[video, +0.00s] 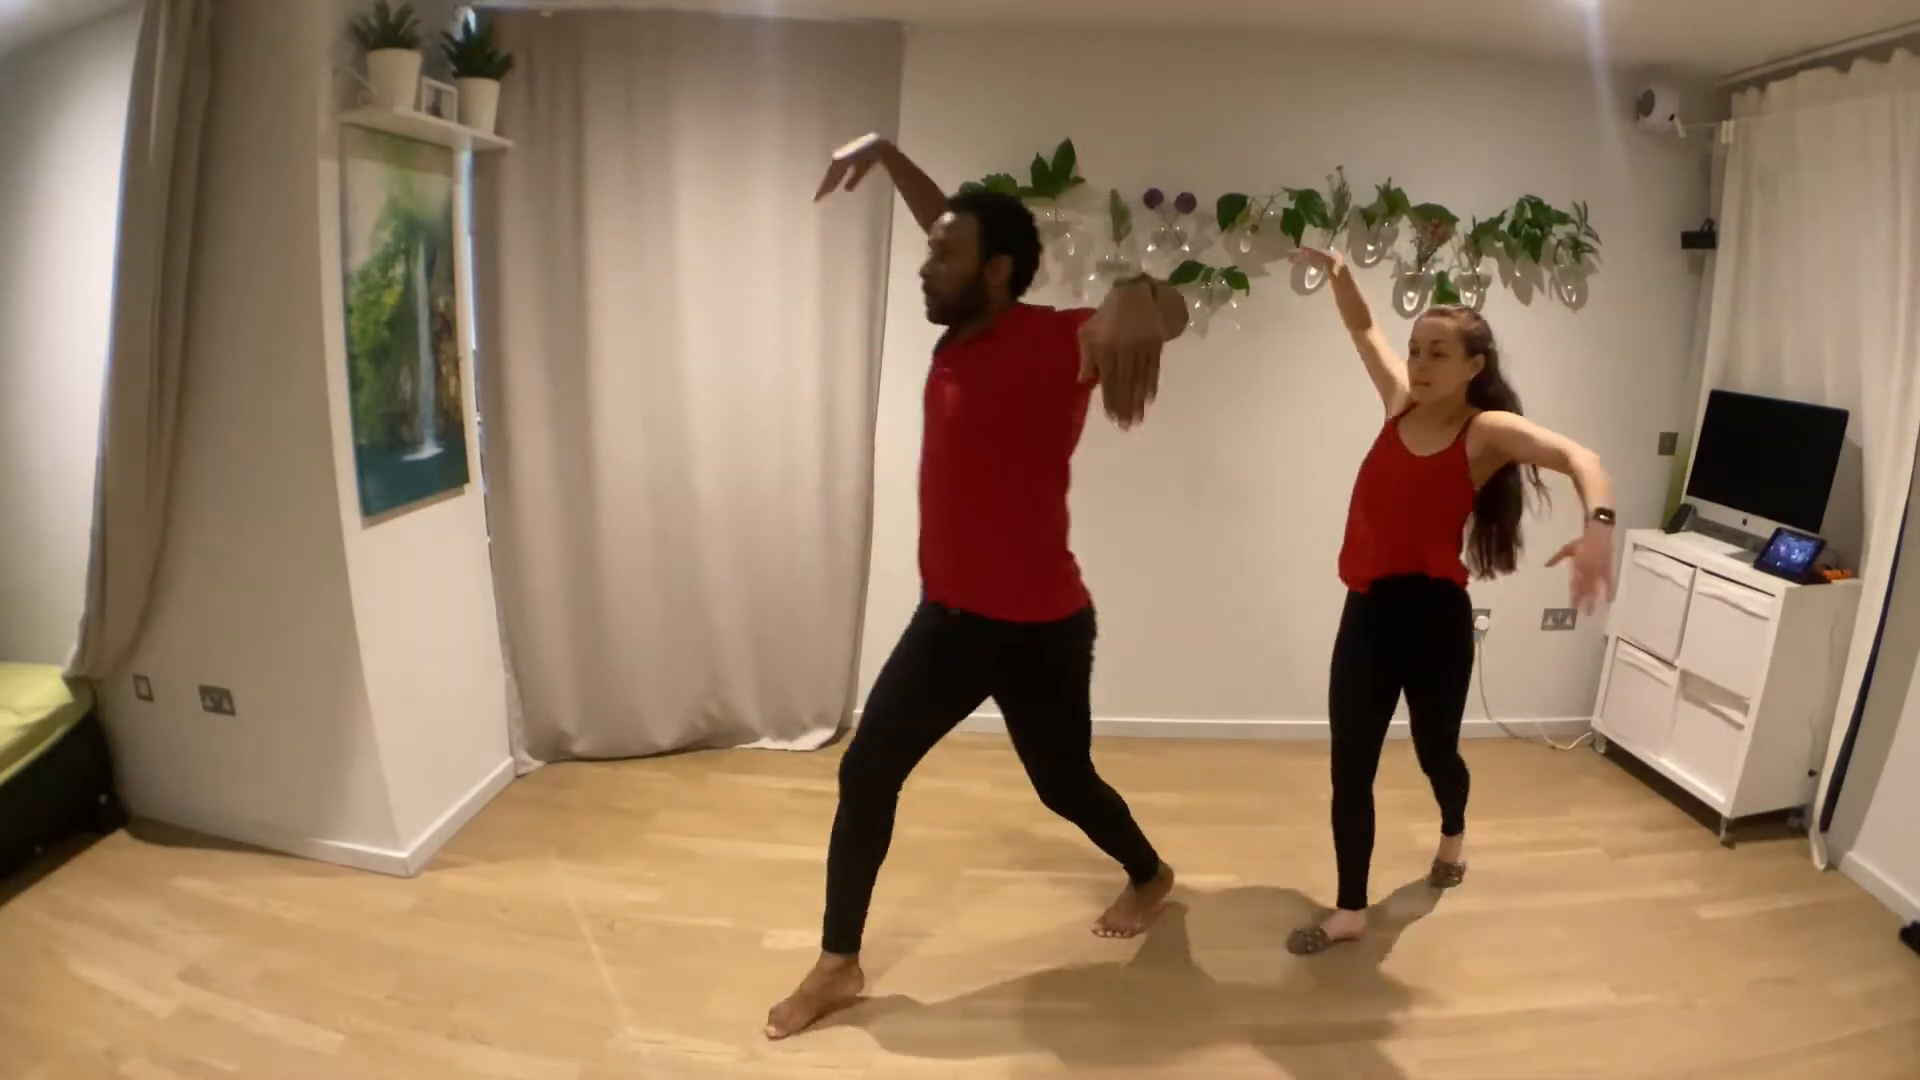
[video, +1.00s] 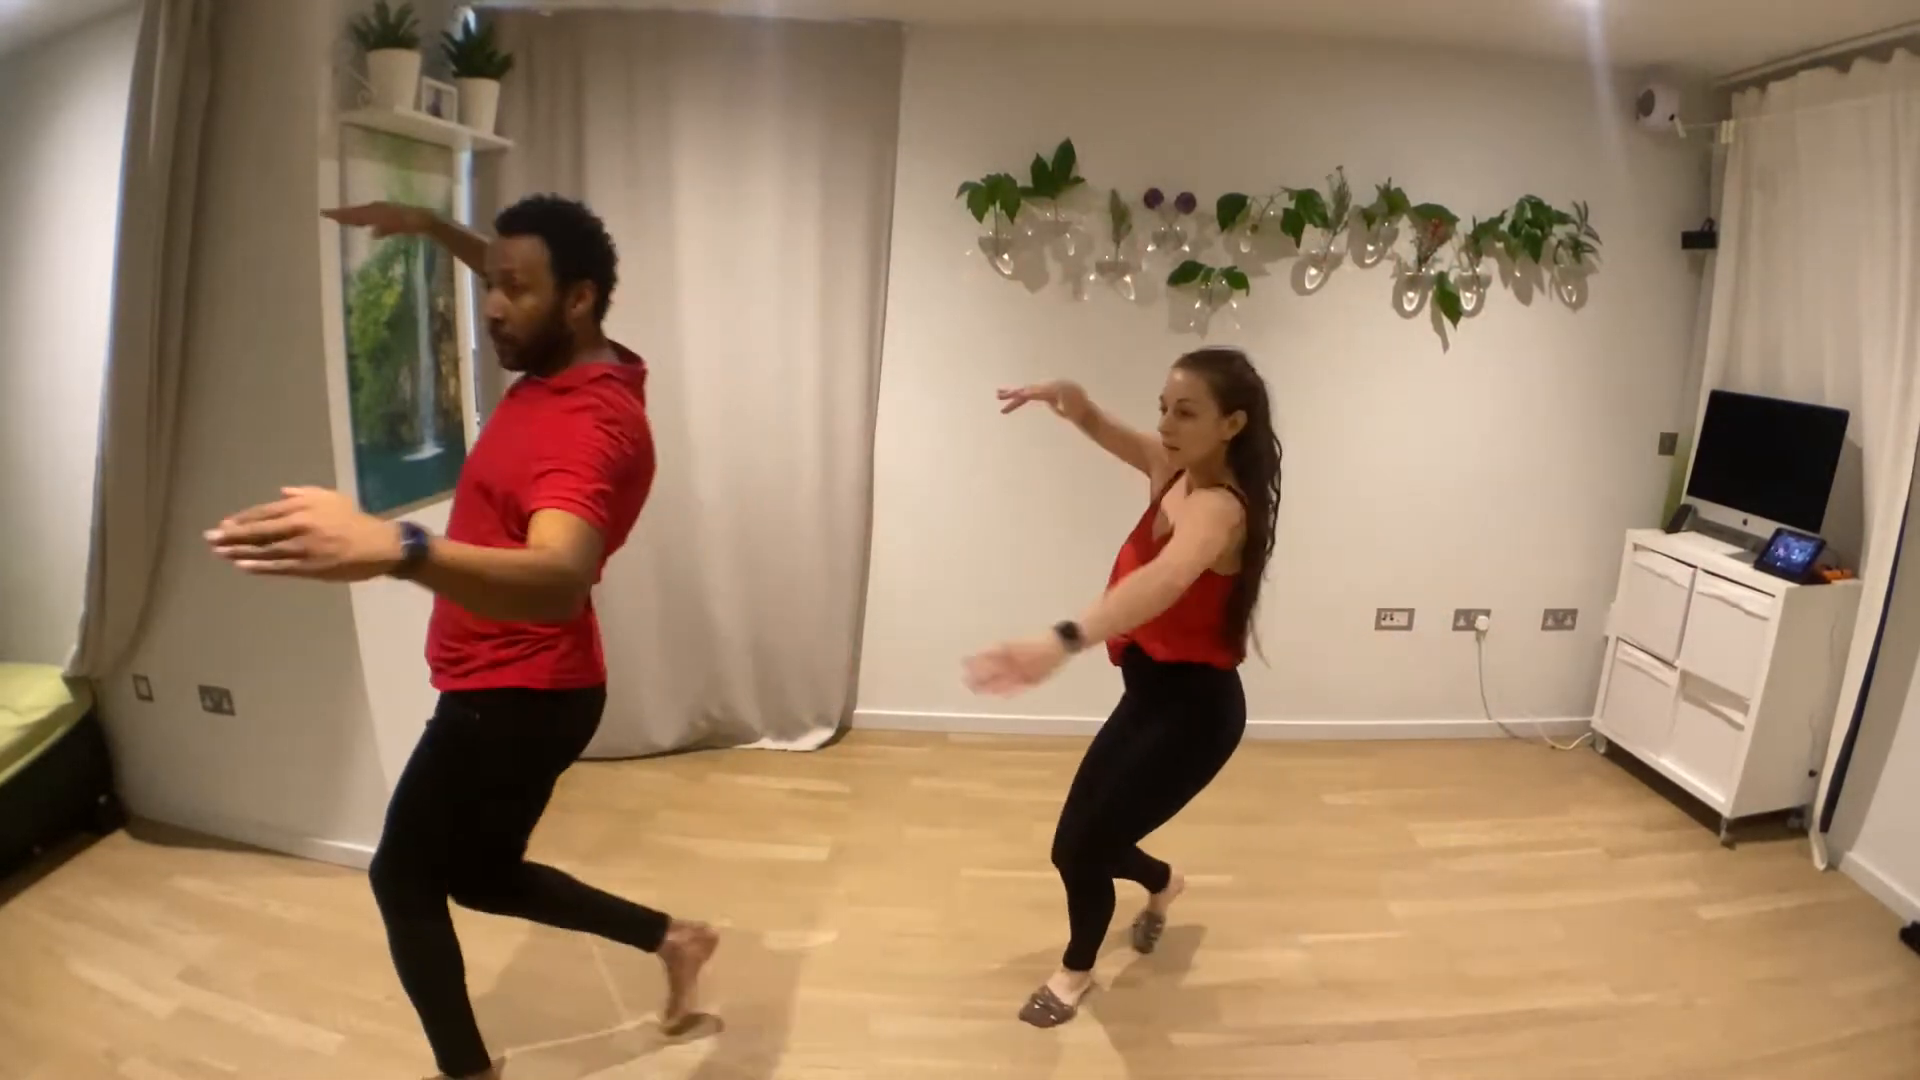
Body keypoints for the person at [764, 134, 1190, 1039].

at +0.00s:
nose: (927, 262)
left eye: (945, 249)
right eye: (931, 245)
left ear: (999, 270)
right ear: (976, 265)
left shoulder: (1056, 336)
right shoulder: (962, 329)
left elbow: (1156, 315)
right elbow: (949, 228)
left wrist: (1138, 313)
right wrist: (886, 149)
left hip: (1039, 626)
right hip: (952, 617)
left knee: (1064, 783)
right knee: (868, 769)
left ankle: (1152, 876)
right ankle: (838, 959)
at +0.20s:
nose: (826, 258)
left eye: (844, 243)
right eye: (832, 240)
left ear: (899, 265)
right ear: (887, 266)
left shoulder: (951, 361)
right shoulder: (868, 344)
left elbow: (1084, 380)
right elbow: (892, 256)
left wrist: (1108, 249)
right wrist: (889, 166)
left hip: (928, 636)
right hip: (845, 632)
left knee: (953, 829)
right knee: (787, 801)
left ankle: (1101, 878)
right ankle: (840, 979)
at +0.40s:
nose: (733, 272)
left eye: (749, 254)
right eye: (734, 252)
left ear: (810, 267)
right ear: (806, 268)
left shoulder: (860, 373)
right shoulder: (772, 360)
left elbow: (920, 499)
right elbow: (710, 348)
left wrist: (962, 379)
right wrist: (743, 255)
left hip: (837, 654)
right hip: (783, 646)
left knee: (683, 829)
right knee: (753, 814)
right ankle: (837, 978)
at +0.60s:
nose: (647, 288)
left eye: (665, 271)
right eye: (653, 269)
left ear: (726, 287)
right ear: (719, 287)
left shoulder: (791, 395)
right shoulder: (702, 369)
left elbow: (735, 530)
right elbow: (585, 367)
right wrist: (536, 254)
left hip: (737, 669)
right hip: (697, 655)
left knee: (541, 815)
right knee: (691, 839)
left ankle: (463, 1007)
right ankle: (832, 979)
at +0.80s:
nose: (575, 312)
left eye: (590, 292)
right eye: (579, 291)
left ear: (657, 303)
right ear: (653, 302)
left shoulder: (685, 409)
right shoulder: (656, 371)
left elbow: (530, 530)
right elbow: (510, 320)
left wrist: (343, 563)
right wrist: (400, 252)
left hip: (588, 680)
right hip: (619, 673)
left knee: (450, 858)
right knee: (634, 849)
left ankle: (464, 1060)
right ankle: (805, 963)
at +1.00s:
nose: (494, 308)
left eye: (516, 288)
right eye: (492, 286)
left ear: (581, 301)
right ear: (572, 302)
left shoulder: (591, 420)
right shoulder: (572, 364)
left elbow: (561, 580)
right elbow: (510, 270)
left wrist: (401, 549)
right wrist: (428, 225)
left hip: (514, 692)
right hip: (529, 681)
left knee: (404, 876)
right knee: (479, 873)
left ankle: (467, 1069)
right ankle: (671, 938)